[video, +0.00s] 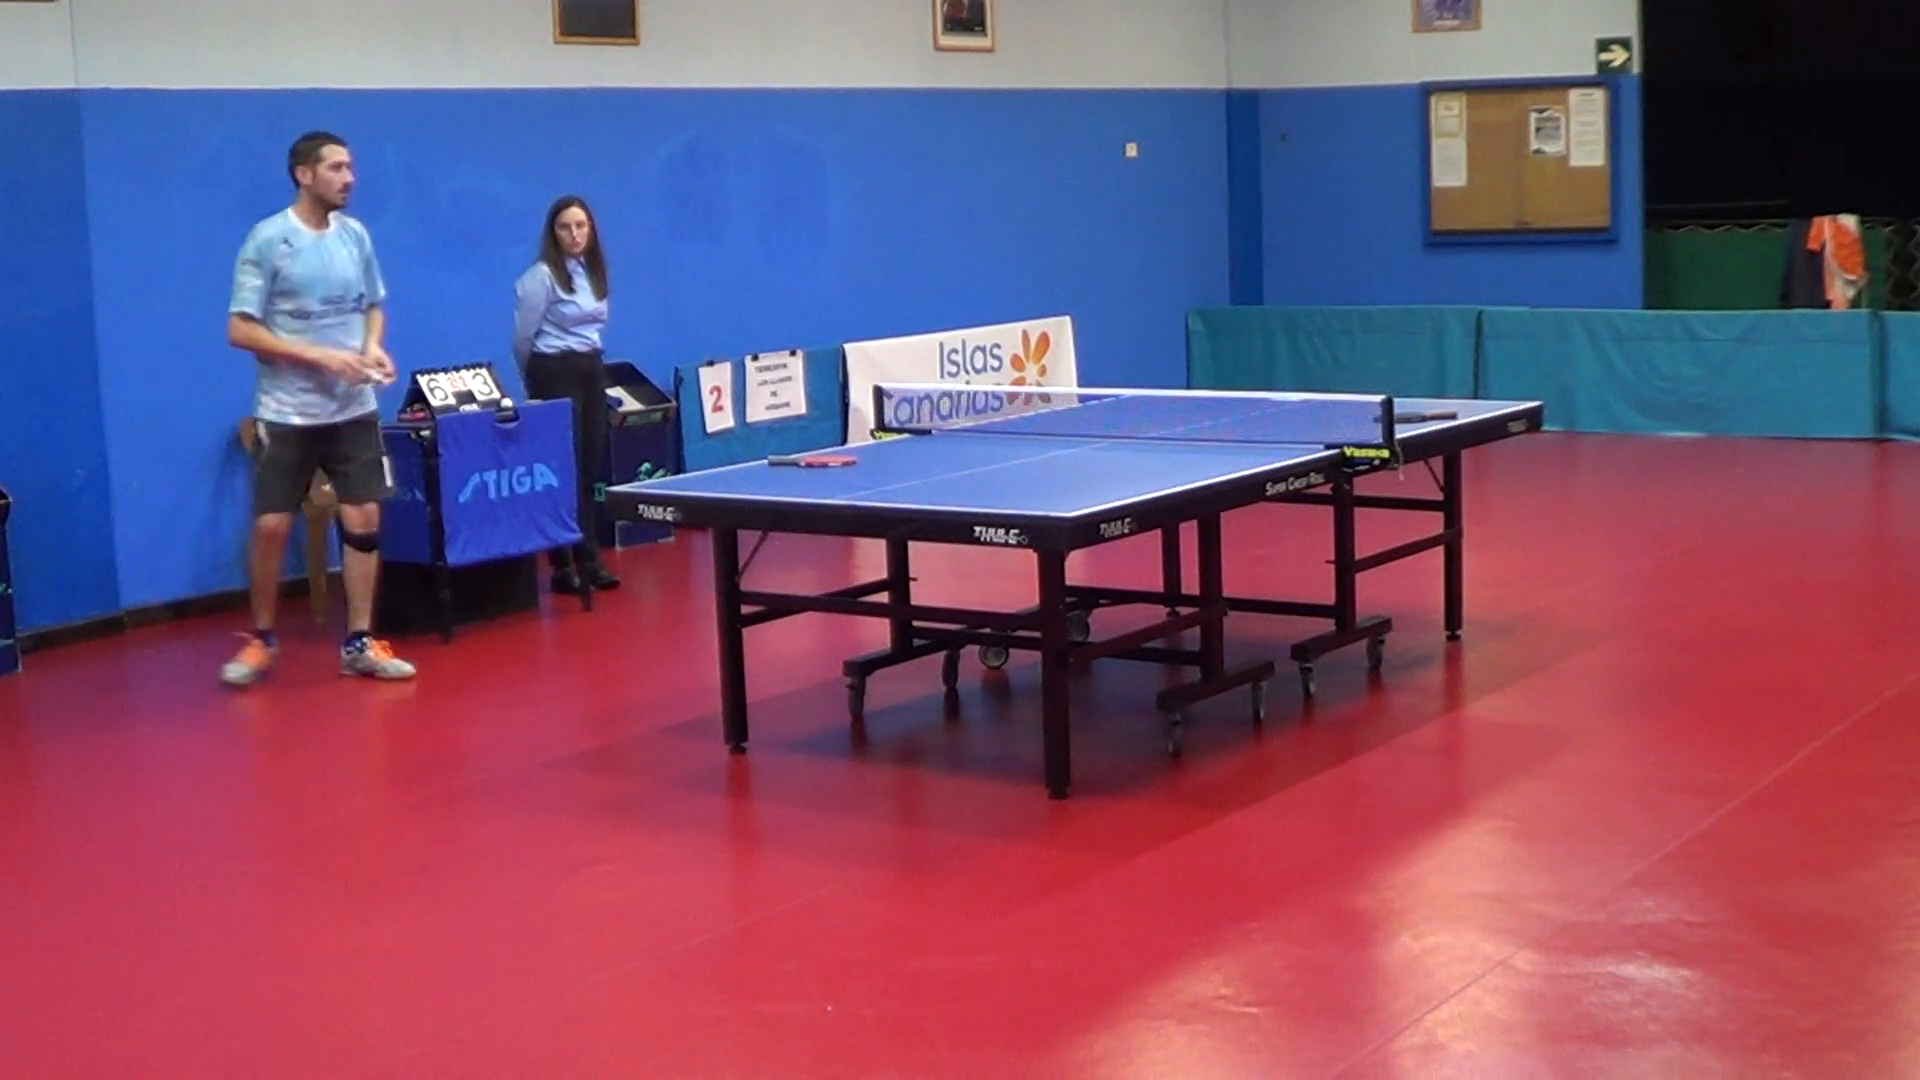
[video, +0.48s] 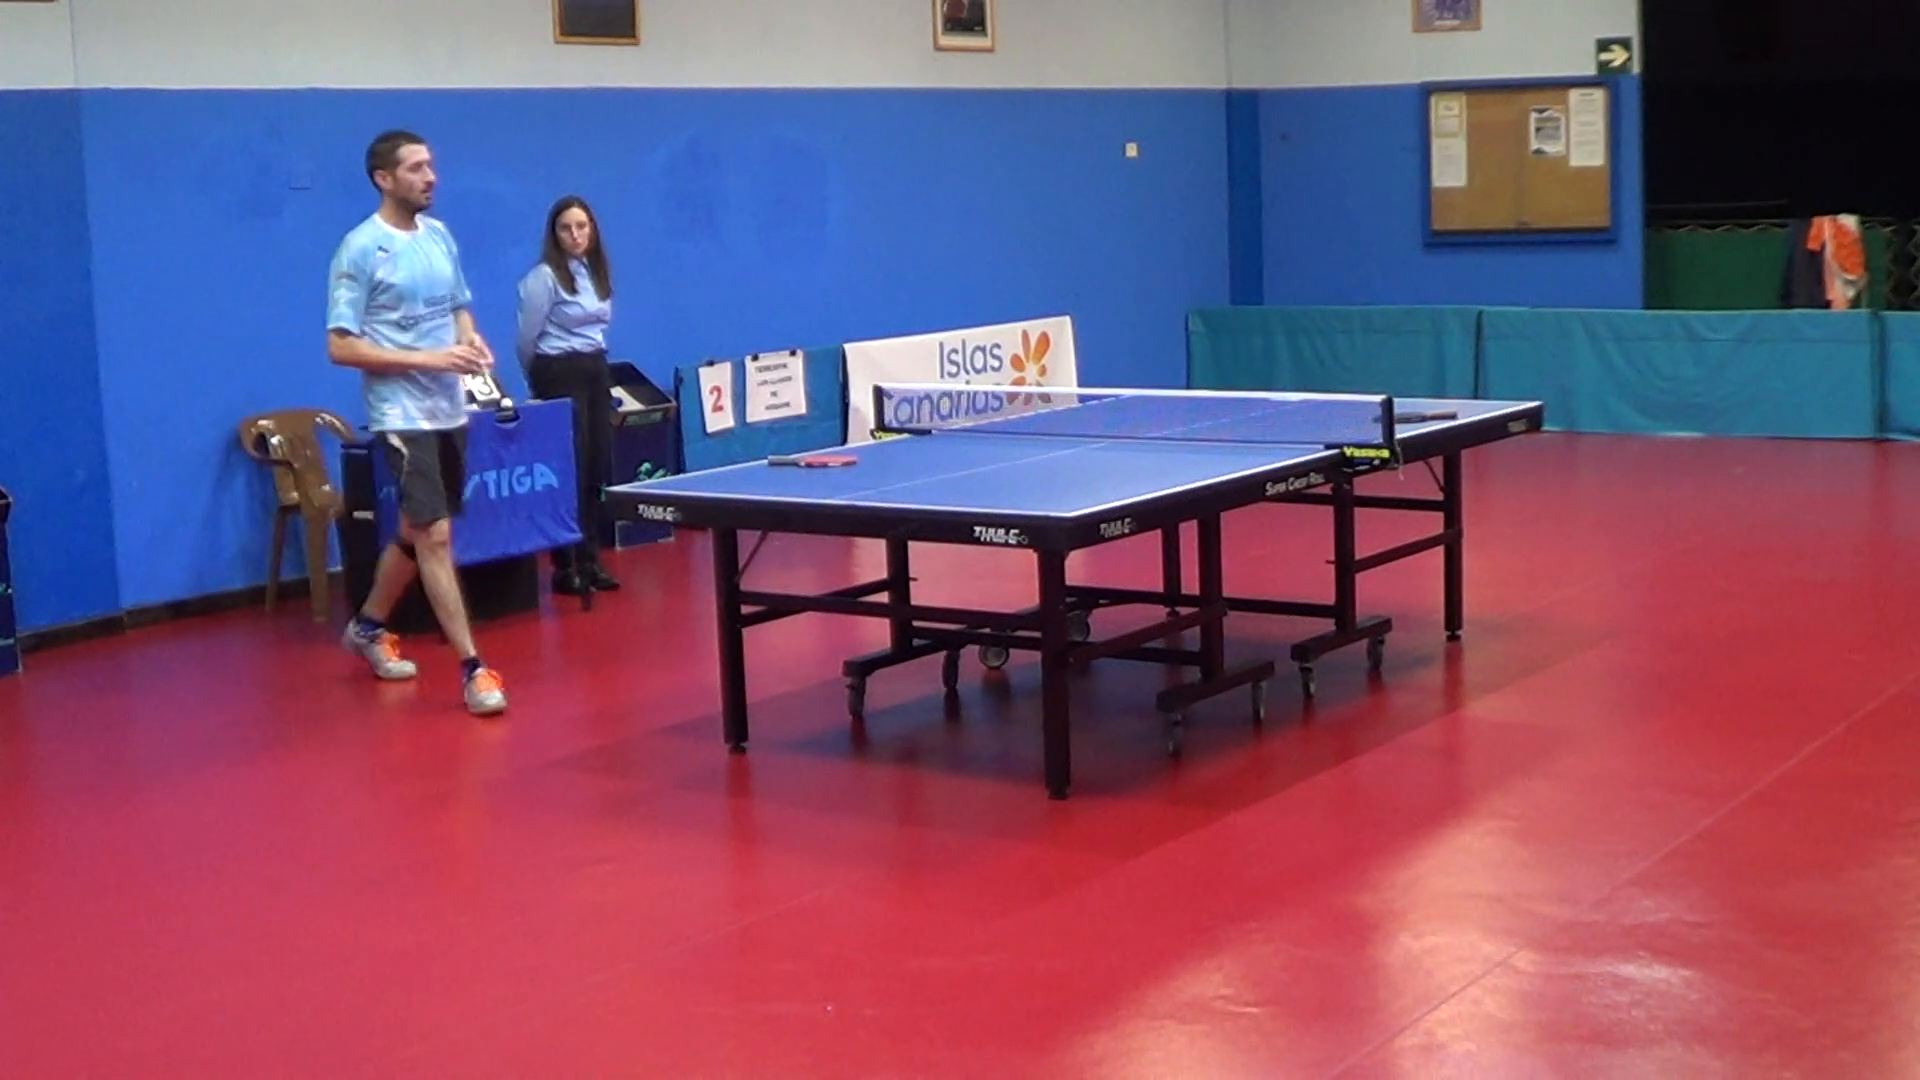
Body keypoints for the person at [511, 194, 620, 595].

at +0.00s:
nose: (575, 233)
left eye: (581, 225)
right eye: (566, 227)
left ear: (591, 229)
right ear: (554, 233)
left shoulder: (593, 271)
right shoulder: (540, 277)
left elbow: (596, 322)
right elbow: (522, 335)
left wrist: (576, 354)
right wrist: (531, 370)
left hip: (591, 366)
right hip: (554, 368)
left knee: (590, 462)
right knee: (561, 464)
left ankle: (589, 557)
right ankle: (564, 563)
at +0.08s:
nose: (575, 233)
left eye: (581, 225)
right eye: (566, 226)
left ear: (592, 229)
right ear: (554, 232)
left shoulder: (593, 271)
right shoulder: (541, 277)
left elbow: (597, 322)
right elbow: (524, 335)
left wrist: (577, 354)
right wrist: (531, 369)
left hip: (592, 365)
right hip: (554, 368)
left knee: (591, 462)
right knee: (562, 464)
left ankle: (590, 557)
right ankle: (564, 563)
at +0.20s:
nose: (576, 233)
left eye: (582, 225)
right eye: (567, 226)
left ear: (592, 229)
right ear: (555, 233)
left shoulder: (594, 271)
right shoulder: (542, 277)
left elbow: (597, 323)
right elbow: (524, 336)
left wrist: (579, 354)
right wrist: (534, 370)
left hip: (592, 365)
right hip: (556, 367)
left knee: (593, 462)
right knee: (563, 464)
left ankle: (590, 556)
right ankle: (564, 563)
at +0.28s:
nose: (576, 233)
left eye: (582, 225)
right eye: (567, 227)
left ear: (592, 229)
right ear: (555, 233)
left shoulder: (594, 271)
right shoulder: (542, 277)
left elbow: (598, 322)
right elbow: (525, 336)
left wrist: (578, 354)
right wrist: (534, 370)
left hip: (594, 364)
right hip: (557, 367)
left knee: (594, 461)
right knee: (565, 463)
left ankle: (590, 556)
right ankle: (565, 563)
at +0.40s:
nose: (576, 234)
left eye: (582, 225)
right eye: (567, 227)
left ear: (592, 230)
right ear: (555, 233)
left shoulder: (594, 271)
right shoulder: (543, 277)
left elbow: (598, 322)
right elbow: (526, 335)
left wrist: (577, 354)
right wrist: (533, 369)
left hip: (595, 364)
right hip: (557, 367)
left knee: (596, 460)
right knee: (566, 462)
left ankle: (590, 556)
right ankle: (566, 563)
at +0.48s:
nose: (576, 234)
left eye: (582, 226)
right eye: (567, 228)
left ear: (593, 230)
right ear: (555, 234)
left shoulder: (595, 271)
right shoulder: (542, 277)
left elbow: (599, 322)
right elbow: (526, 336)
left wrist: (579, 354)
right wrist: (533, 371)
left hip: (595, 364)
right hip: (558, 367)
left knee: (596, 461)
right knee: (567, 462)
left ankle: (591, 556)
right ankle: (566, 562)